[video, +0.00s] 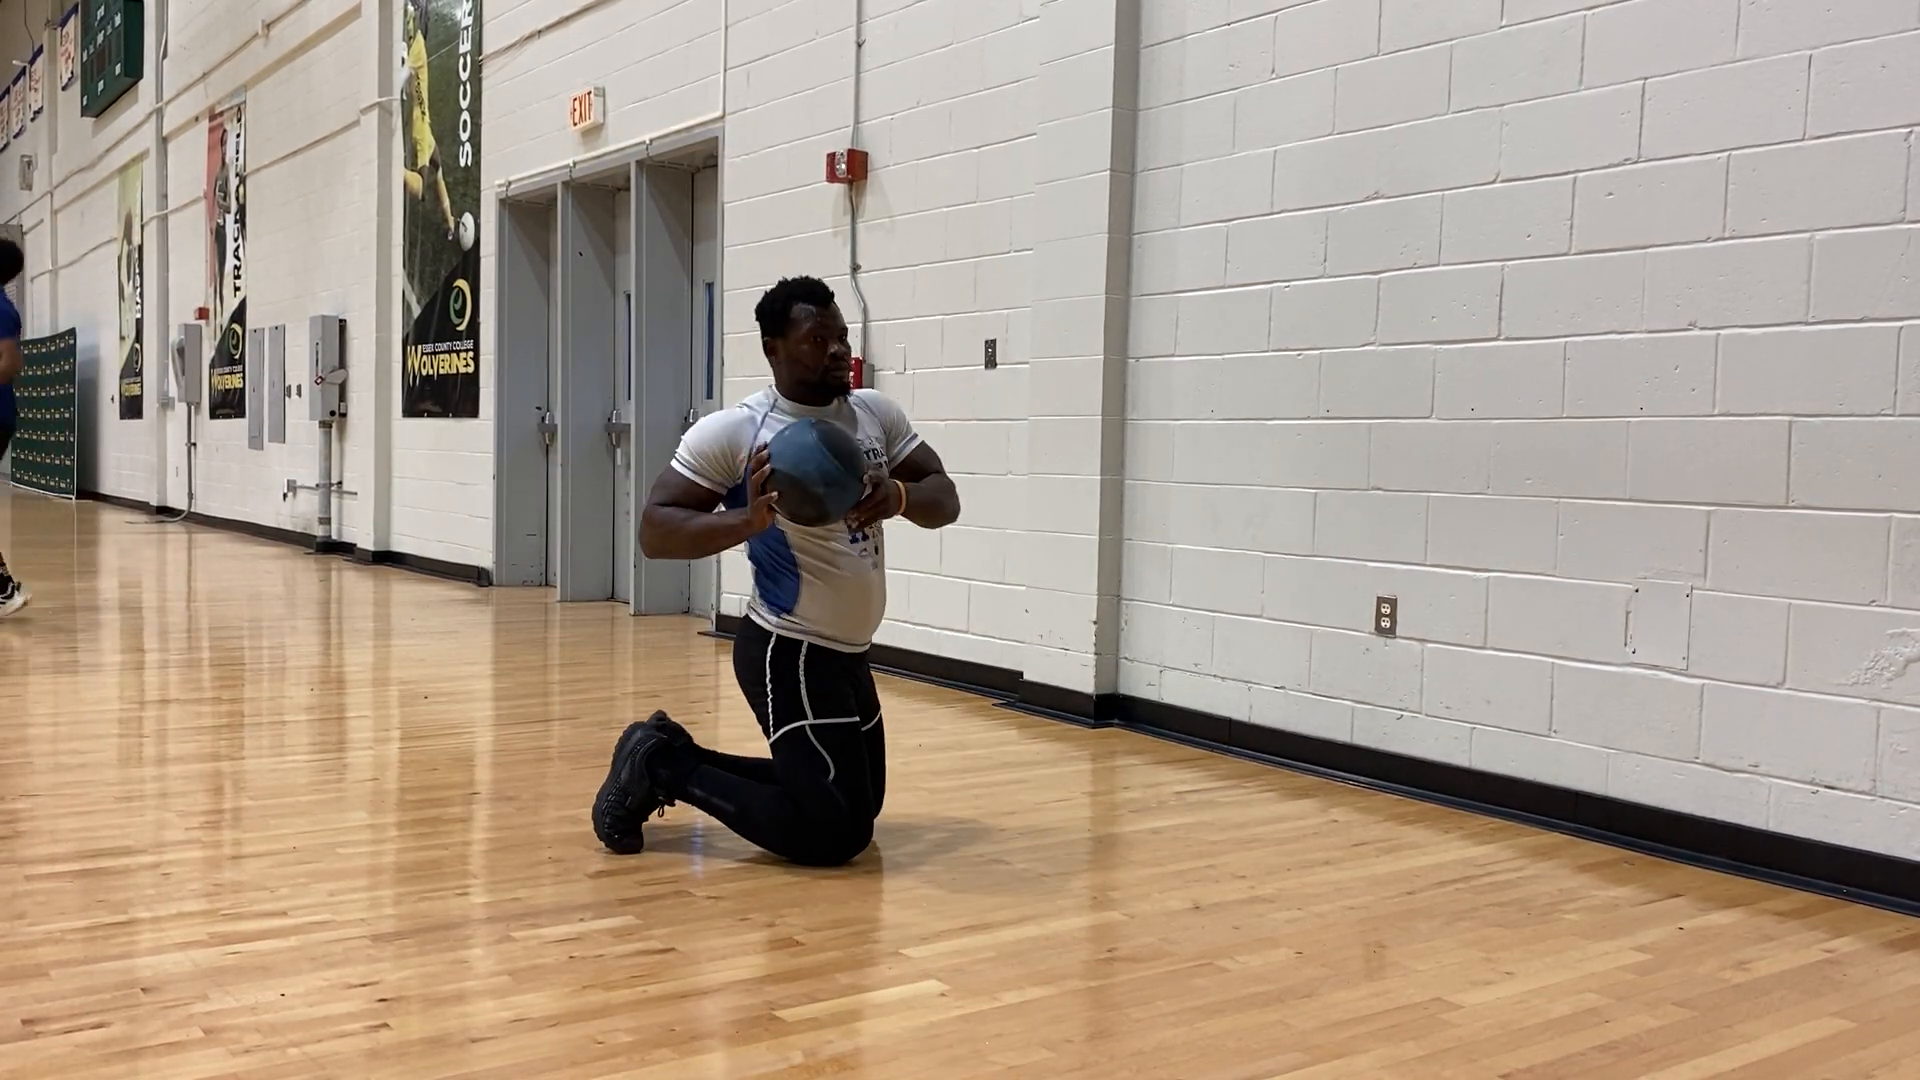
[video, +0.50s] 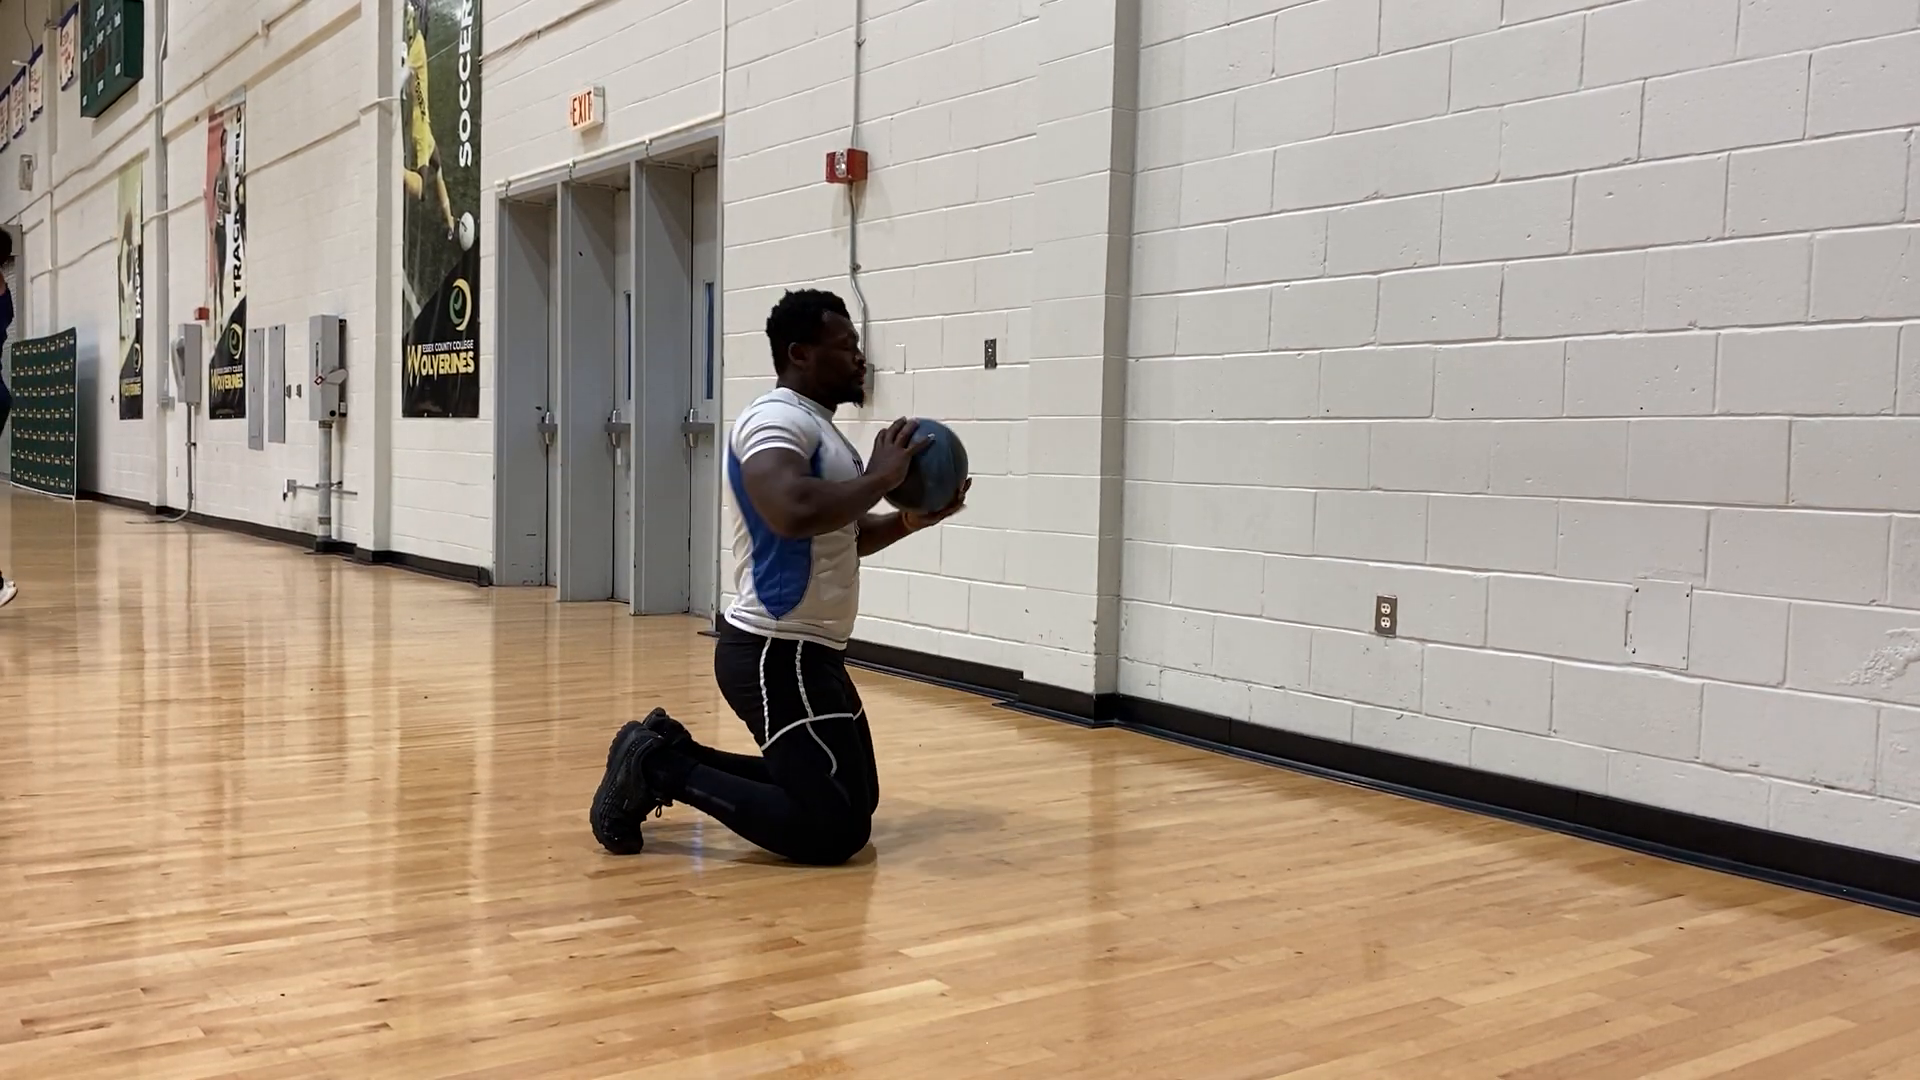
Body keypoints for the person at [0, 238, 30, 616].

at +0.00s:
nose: (14, 279)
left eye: (11, 267)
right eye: (14, 270)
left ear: (2, 269)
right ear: (12, 271)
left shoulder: (6, 310)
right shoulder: (6, 310)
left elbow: (11, 363)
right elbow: (11, 363)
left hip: (2, 418)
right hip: (3, 417)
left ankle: (3, 582)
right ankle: (2, 581)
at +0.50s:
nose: (8, 269)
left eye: (8, 262)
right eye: (8, 262)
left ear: (7, 262)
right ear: (5, 262)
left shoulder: (6, 295)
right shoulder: (5, 296)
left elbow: (5, 333)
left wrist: (5, 396)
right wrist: (5, 397)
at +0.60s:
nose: (5, 254)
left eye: (4, 247)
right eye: (5, 248)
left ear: (2, 251)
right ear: (5, 252)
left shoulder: (4, 284)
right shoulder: (6, 286)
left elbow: (7, 314)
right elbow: (8, 315)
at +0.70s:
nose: (7, 267)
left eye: (4, 261)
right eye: (6, 262)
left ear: (2, 266)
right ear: (6, 265)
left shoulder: (5, 307)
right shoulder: (5, 307)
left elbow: (9, 360)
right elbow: (9, 359)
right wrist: (3, 382)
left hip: (3, 409)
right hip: (4, 408)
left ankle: (5, 583)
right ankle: (5, 582)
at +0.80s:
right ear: (5, 288)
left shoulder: (5, 333)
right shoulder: (6, 332)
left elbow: (8, 393)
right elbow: (9, 392)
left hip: (5, 441)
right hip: (6, 441)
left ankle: (11, 593)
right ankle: (10, 592)